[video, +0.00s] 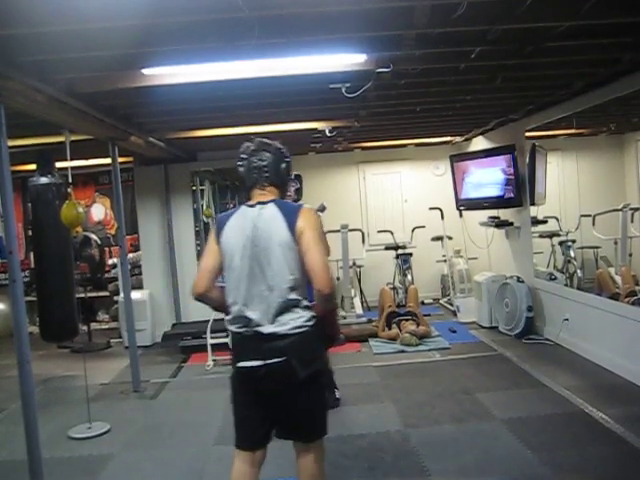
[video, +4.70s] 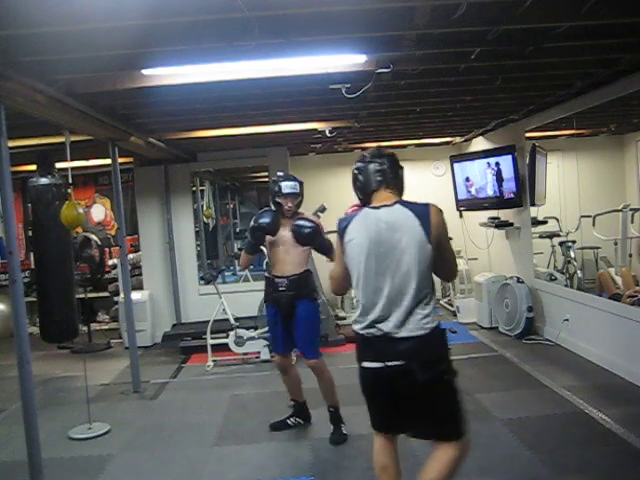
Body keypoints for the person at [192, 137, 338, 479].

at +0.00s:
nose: (289, 178)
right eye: (287, 172)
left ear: (245, 178)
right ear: (283, 176)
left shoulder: (223, 224)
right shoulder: (301, 215)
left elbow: (201, 289)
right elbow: (324, 286)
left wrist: (238, 307)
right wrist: (322, 317)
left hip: (248, 359)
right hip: (297, 355)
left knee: (247, 454)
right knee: (308, 451)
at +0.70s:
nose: (320, 179)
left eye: (289, 174)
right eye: (322, 173)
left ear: (284, 180)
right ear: (322, 178)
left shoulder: (264, 224)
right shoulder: (338, 215)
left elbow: (248, 288)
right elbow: (361, 282)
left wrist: (278, 280)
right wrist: (349, 295)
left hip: (286, 348)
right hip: (332, 345)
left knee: (294, 431)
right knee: (324, 443)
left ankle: (294, 476)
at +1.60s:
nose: (320, 180)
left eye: (317, 175)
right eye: (317, 174)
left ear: (278, 181)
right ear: (311, 178)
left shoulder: (262, 224)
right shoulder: (325, 212)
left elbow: (256, 284)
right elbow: (353, 271)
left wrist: (284, 259)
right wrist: (353, 241)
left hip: (284, 333)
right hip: (325, 331)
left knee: (298, 422)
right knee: (337, 427)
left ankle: (298, 476)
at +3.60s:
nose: (325, 185)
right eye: (323, 180)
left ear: (287, 186)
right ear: (319, 181)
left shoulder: (271, 223)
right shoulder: (333, 212)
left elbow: (252, 269)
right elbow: (368, 266)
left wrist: (280, 246)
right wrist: (350, 239)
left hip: (287, 337)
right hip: (328, 335)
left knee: (301, 422)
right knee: (335, 430)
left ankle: (300, 475)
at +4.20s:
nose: (343, 192)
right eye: (343, 186)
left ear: (307, 193)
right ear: (342, 190)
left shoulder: (292, 234)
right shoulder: (356, 222)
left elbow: (290, 288)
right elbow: (389, 276)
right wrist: (367, 244)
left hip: (309, 351)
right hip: (354, 348)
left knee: (314, 426)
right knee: (384, 437)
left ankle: (305, 475)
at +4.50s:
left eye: (339, 179)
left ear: (340, 184)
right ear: (379, 176)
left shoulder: (329, 228)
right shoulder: (404, 210)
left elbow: (326, 288)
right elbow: (435, 263)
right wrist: (403, 234)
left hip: (355, 349)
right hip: (403, 346)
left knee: (361, 429)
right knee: (404, 448)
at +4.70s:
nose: (357, 186)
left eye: (357, 181)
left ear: (360, 186)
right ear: (398, 179)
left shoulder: (348, 226)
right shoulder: (428, 215)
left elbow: (337, 286)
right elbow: (448, 272)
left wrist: (343, 238)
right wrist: (419, 242)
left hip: (373, 353)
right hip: (423, 350)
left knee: (383, 433)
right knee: (450, 441)